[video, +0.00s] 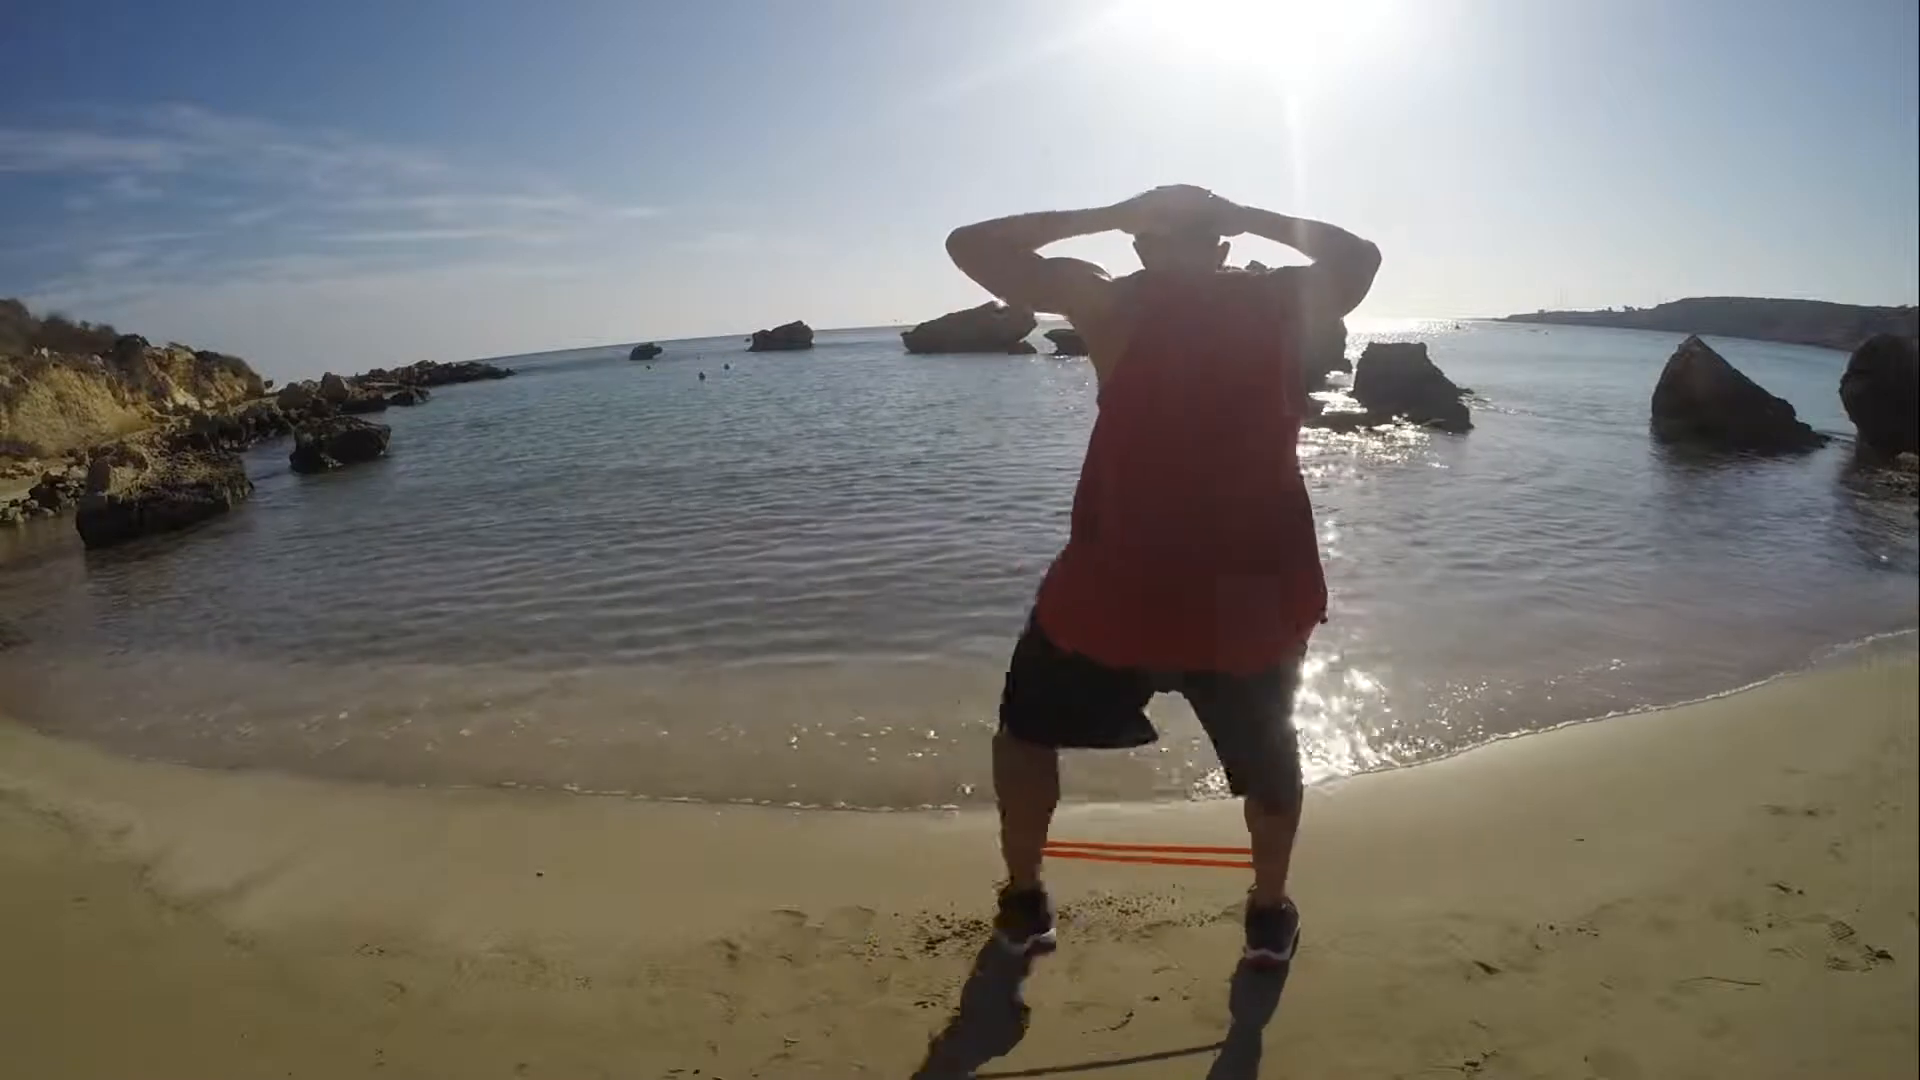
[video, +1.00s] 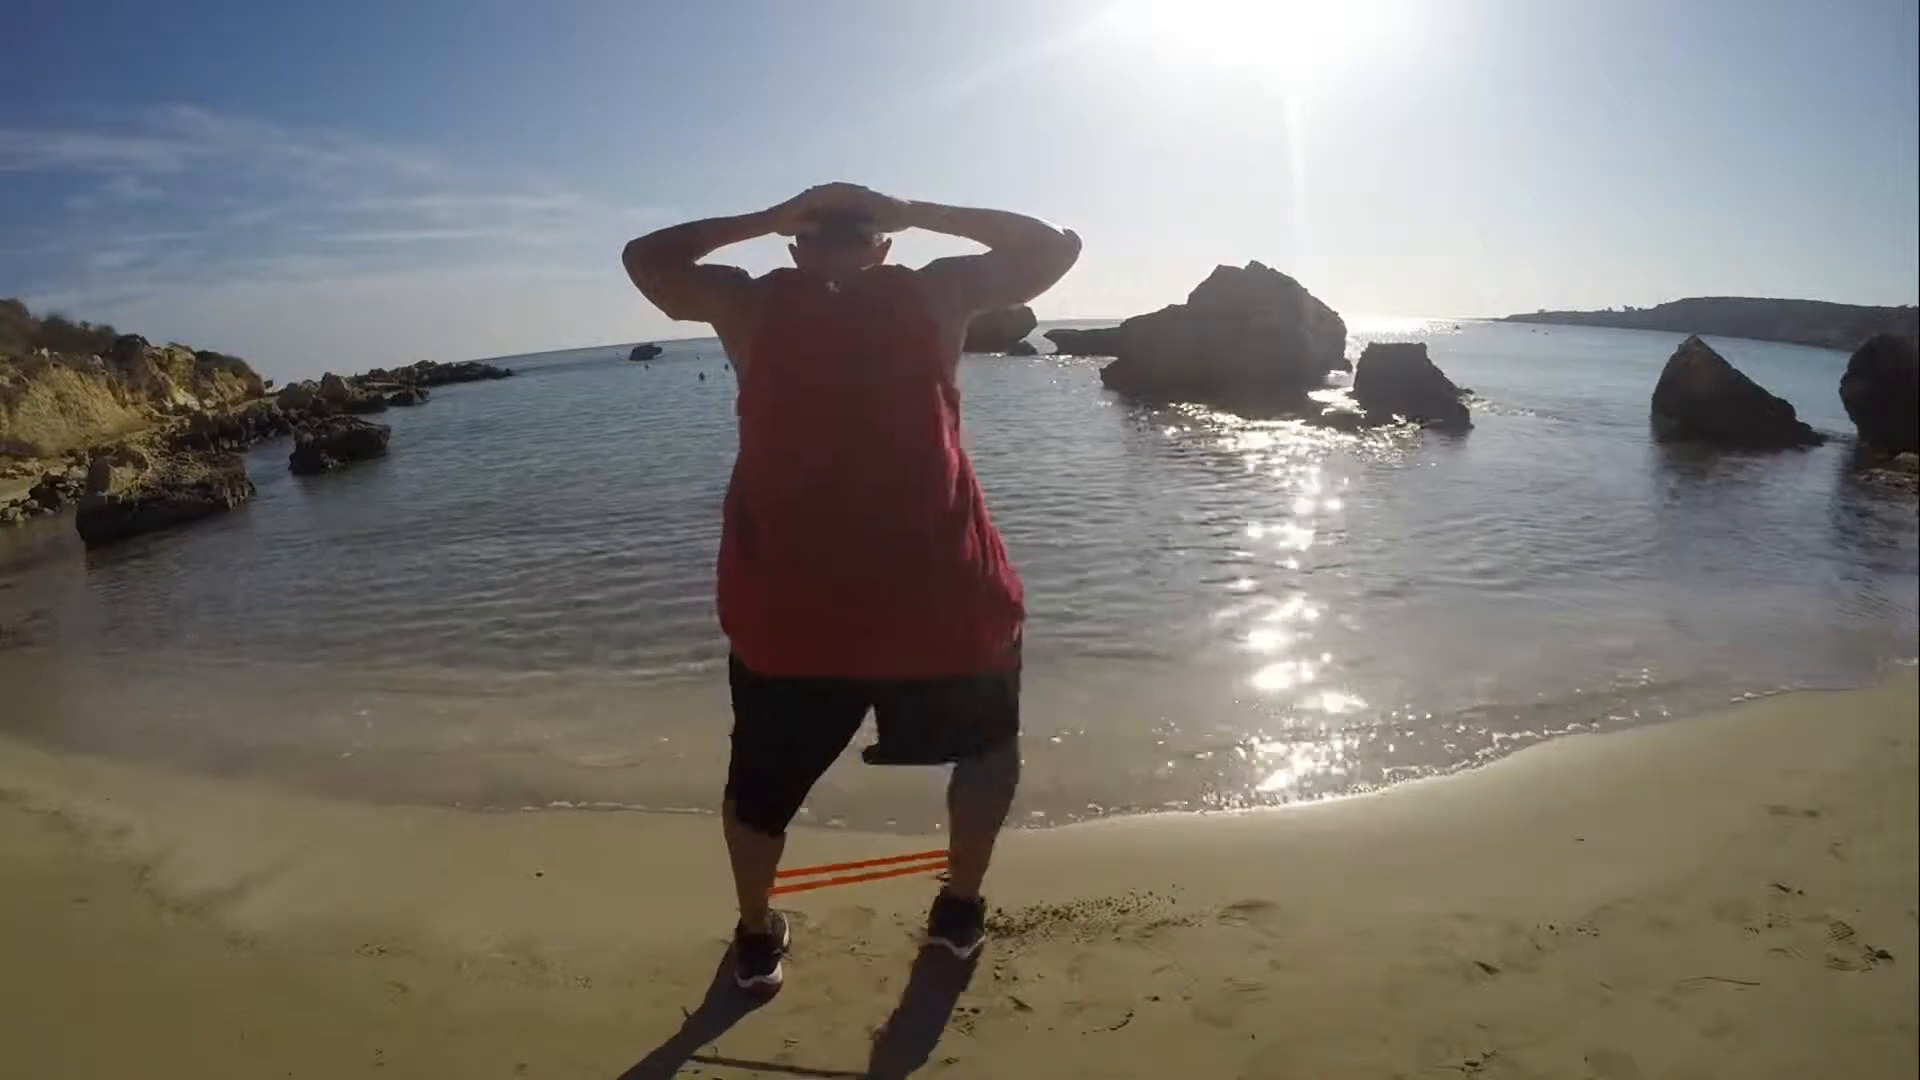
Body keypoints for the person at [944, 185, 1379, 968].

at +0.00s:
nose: (1146, 230)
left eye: (1146, 220)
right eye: (1154, 218)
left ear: (1142, 240)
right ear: (1220, 238)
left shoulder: (1111, 305)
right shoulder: (1284, 301)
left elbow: (970, 244)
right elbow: (1360, 255)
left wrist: (1105, 214)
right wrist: (1248, 216)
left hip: (1115, 577)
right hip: (1251, 587)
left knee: (1027, 725)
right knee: (1270, 757)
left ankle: (1022, 899)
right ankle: (1270, 910)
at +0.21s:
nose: (1117, 259)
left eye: (1118, 246)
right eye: (1114, 245)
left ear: (1085, 252)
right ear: (1167, 251)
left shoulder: (1050, 314)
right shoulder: (1223, 314)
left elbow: (914, 251)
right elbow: (1308, 263)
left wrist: (1053, 222)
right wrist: (1193, 227)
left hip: (1047, 584)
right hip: (1191, 596)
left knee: (893, 744)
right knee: (1243, 751)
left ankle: (799, 900)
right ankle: (1263, 912)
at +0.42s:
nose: (1016, 256)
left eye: (1005, 242)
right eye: (1017, 243)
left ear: (954, 258)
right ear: (1039, 260)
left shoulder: (906, 323)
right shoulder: (1087, 322)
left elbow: (782, 256)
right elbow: (1194, 279)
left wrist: (921, 228)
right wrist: (1067, 234)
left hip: (921, 609)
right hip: (1075, 604)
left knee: (810, 776)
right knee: (1190, 768)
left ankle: (761, 936)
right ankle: (1251, 906)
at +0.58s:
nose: (896, 219)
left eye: (884, 210)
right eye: (911, 210)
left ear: (851, 234)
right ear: (939, 236)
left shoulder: (800, 296)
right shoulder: (990, 295)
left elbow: (689, 236)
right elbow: (1104, 250)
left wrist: (820, 208)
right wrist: (970, 211)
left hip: (828, 599)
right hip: (985, 588)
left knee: (776, 774)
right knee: (1083, 751)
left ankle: (756, 939)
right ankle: (1112, 917)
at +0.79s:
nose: (852, 221)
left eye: (836, 211)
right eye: (861, 212)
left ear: (799, 231)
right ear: (892, 236)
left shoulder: (752, 295)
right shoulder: (942, 291)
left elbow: (644, 244)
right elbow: (1057, 237)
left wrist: (773, 209)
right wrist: (920, 203)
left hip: (776, 598)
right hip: (917, 598)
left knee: (748, 783)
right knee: (919, 768)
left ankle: (750, 939)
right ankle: (878, 924)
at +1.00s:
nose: (855, 235)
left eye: (830, 224)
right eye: (865, 226)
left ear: (797, 242)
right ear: (887, 244)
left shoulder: (750, 306)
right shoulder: (938, 296)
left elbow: (643, 257)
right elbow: (1053, 246)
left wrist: (768, 219)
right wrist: (914, 212)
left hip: (791, 598)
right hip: (936, 590)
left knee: (759, 783)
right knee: (987, 743)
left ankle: (754, 938)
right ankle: (959, 906)